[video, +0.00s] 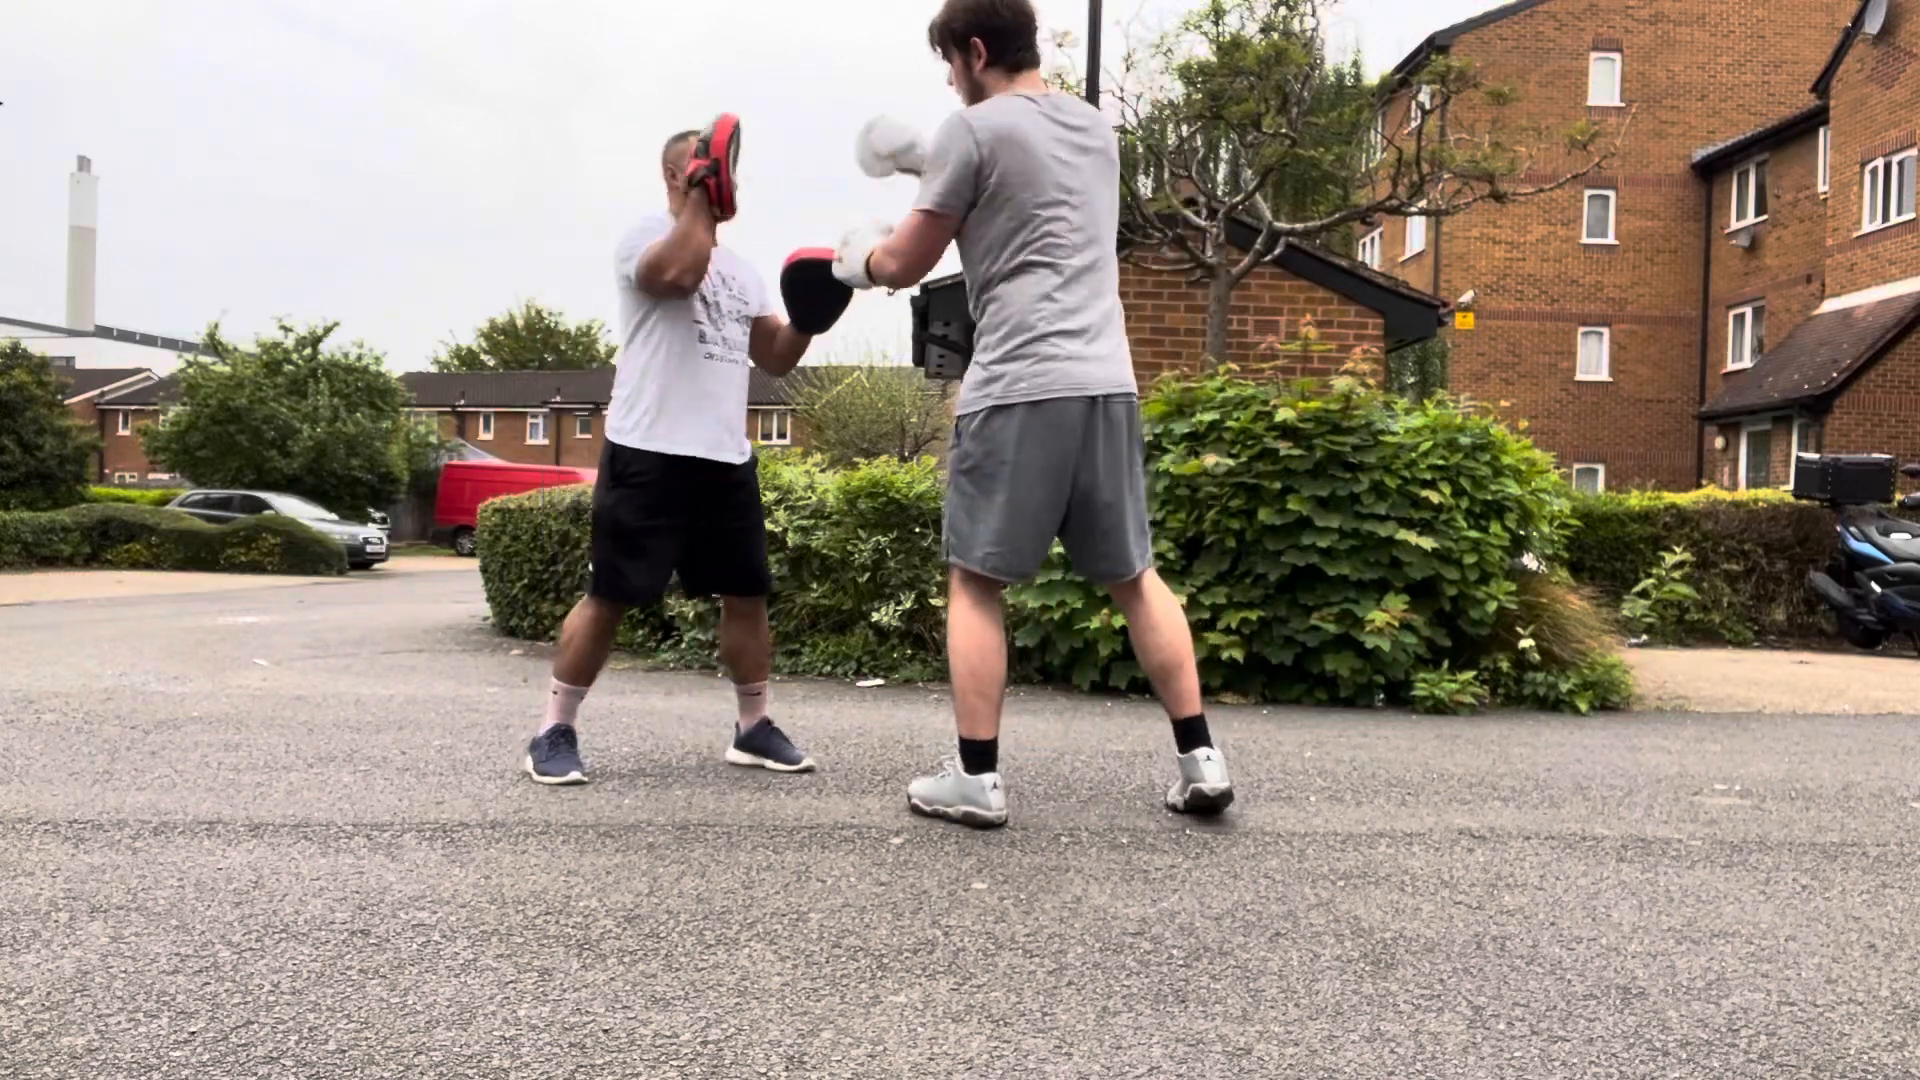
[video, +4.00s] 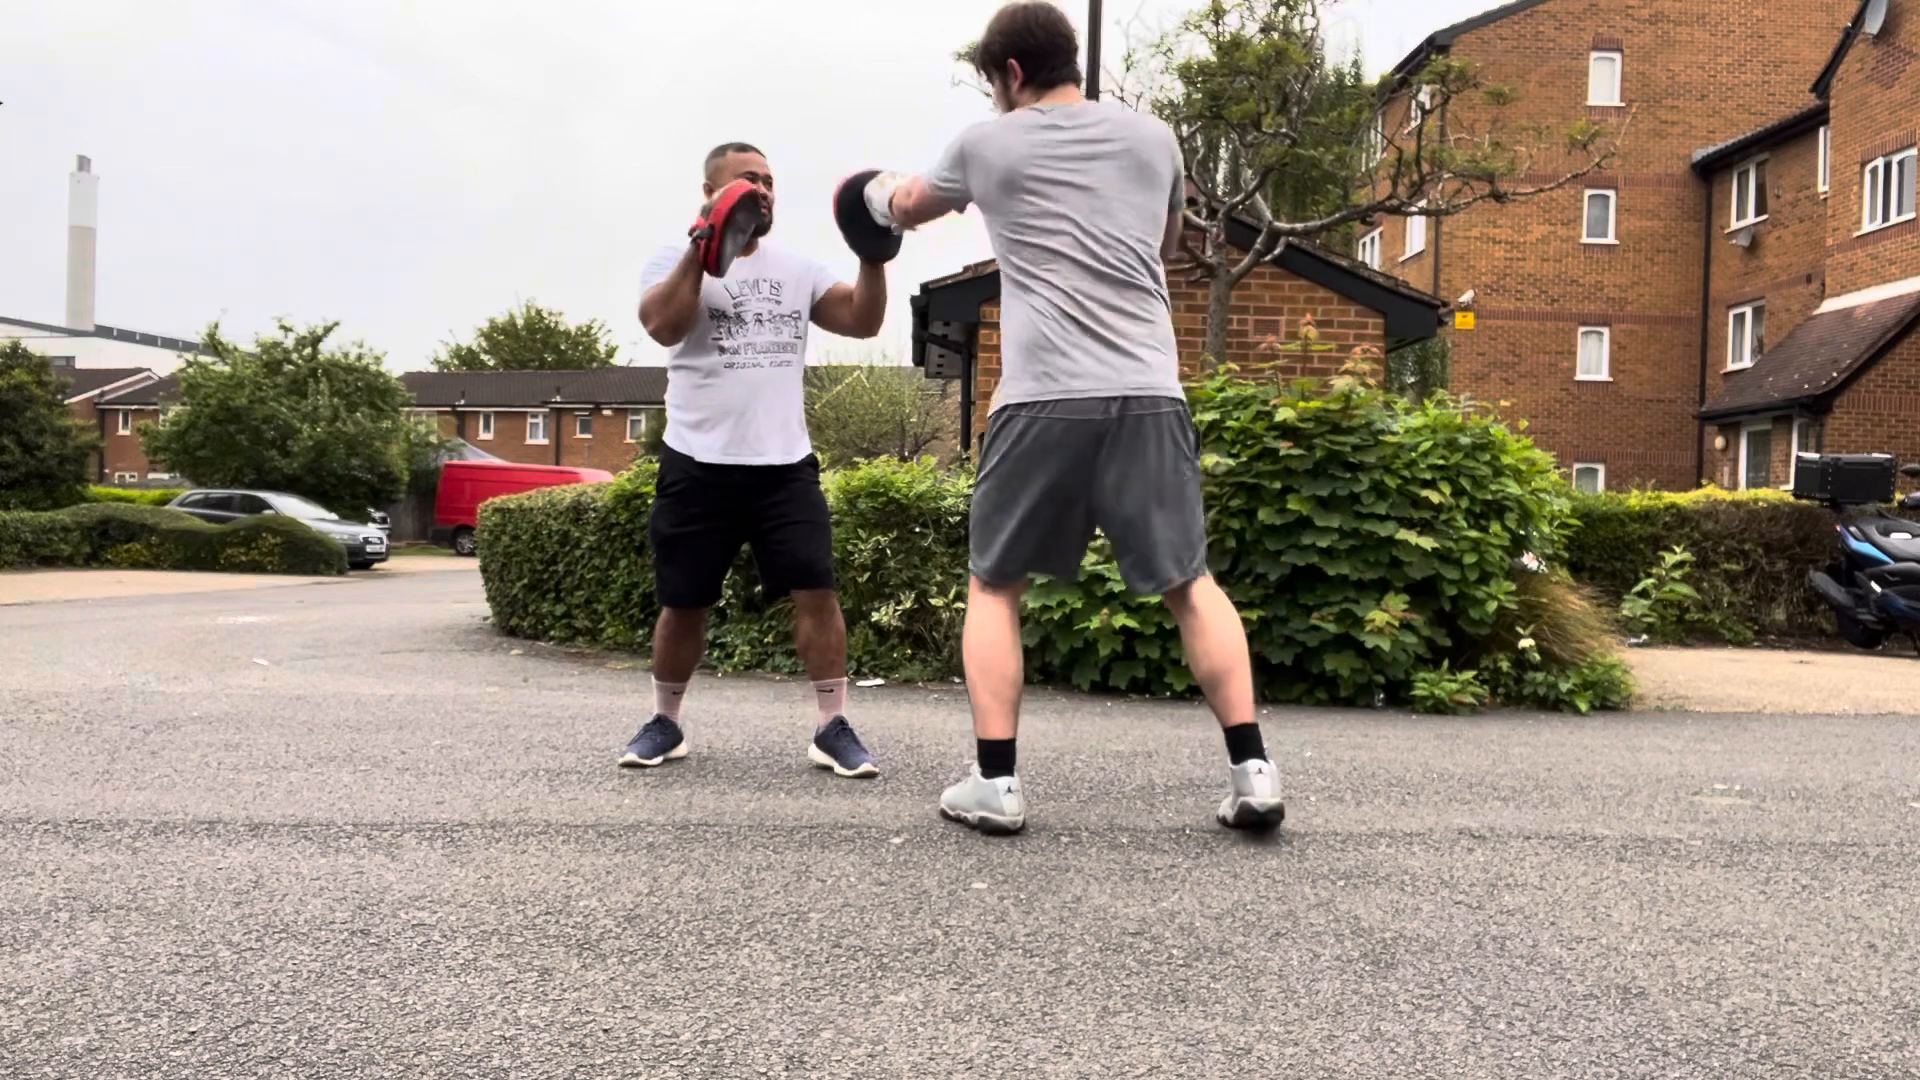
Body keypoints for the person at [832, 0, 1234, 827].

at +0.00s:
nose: (948, 79)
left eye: (948, 63)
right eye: (945, 65)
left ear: (973, 53)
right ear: (1029, 46)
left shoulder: (974, 128)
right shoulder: (1095, 124)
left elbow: (906, 260)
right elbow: (1035, 202)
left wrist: (873, 257)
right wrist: (941, 161)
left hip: (1016, 391)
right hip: (1111, 387)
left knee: (977, 583)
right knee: (1134, 574)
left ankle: (977, 778)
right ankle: (1201, 758)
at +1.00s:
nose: (1124, 88)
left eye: (1124, 76)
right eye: (1126, 77)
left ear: (1143, 69)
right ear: (1206, 67)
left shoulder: (1107, 133)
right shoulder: (1270, 160)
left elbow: (1037, 249)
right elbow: (1246, 264)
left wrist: (1065, 209)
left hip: (1099, 408)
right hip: (1206, 409)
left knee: (1035, 575)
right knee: (1194, 596)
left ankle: (988, 764)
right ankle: (1207, 780)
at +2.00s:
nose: (983, 115)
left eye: (979, 99)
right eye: (979, 100)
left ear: (997, 88)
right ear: (1055, 74)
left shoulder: (1038, 160)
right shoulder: (1126, 133)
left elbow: (1045, 288)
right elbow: (1113, 287)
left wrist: (947, 301)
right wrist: (1000, 345)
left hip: (1092, 402)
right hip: (1181, 393)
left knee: (1012, 572)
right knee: (1173, 582)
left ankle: (980, 772)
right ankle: (1208, 778)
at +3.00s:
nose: (1122, 84)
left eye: (1122, 70)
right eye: (1120, 72)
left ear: (1146, 55)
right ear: (1209, 57)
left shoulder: (1131, 119)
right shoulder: (1266, 145)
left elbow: (1061, 239)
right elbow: (1240, 247)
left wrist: (1071, 187)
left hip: (1132, 394)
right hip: (1229, 399)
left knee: (1055, 556)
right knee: (1204, 583)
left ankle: (1037, 749)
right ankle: (1210, 779)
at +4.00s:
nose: (991, 93)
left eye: (990, 82)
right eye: (989, 82)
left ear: (1012, 73)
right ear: (1076, 64)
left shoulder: (989, 141)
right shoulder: (1153, 136)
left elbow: (910, 208)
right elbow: (1161, 241)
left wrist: (891, 188)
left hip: (1042, 400)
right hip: (1152, 397)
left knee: (994, 584)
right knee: (1191, 581)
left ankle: (997, 780)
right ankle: (1252, 767)